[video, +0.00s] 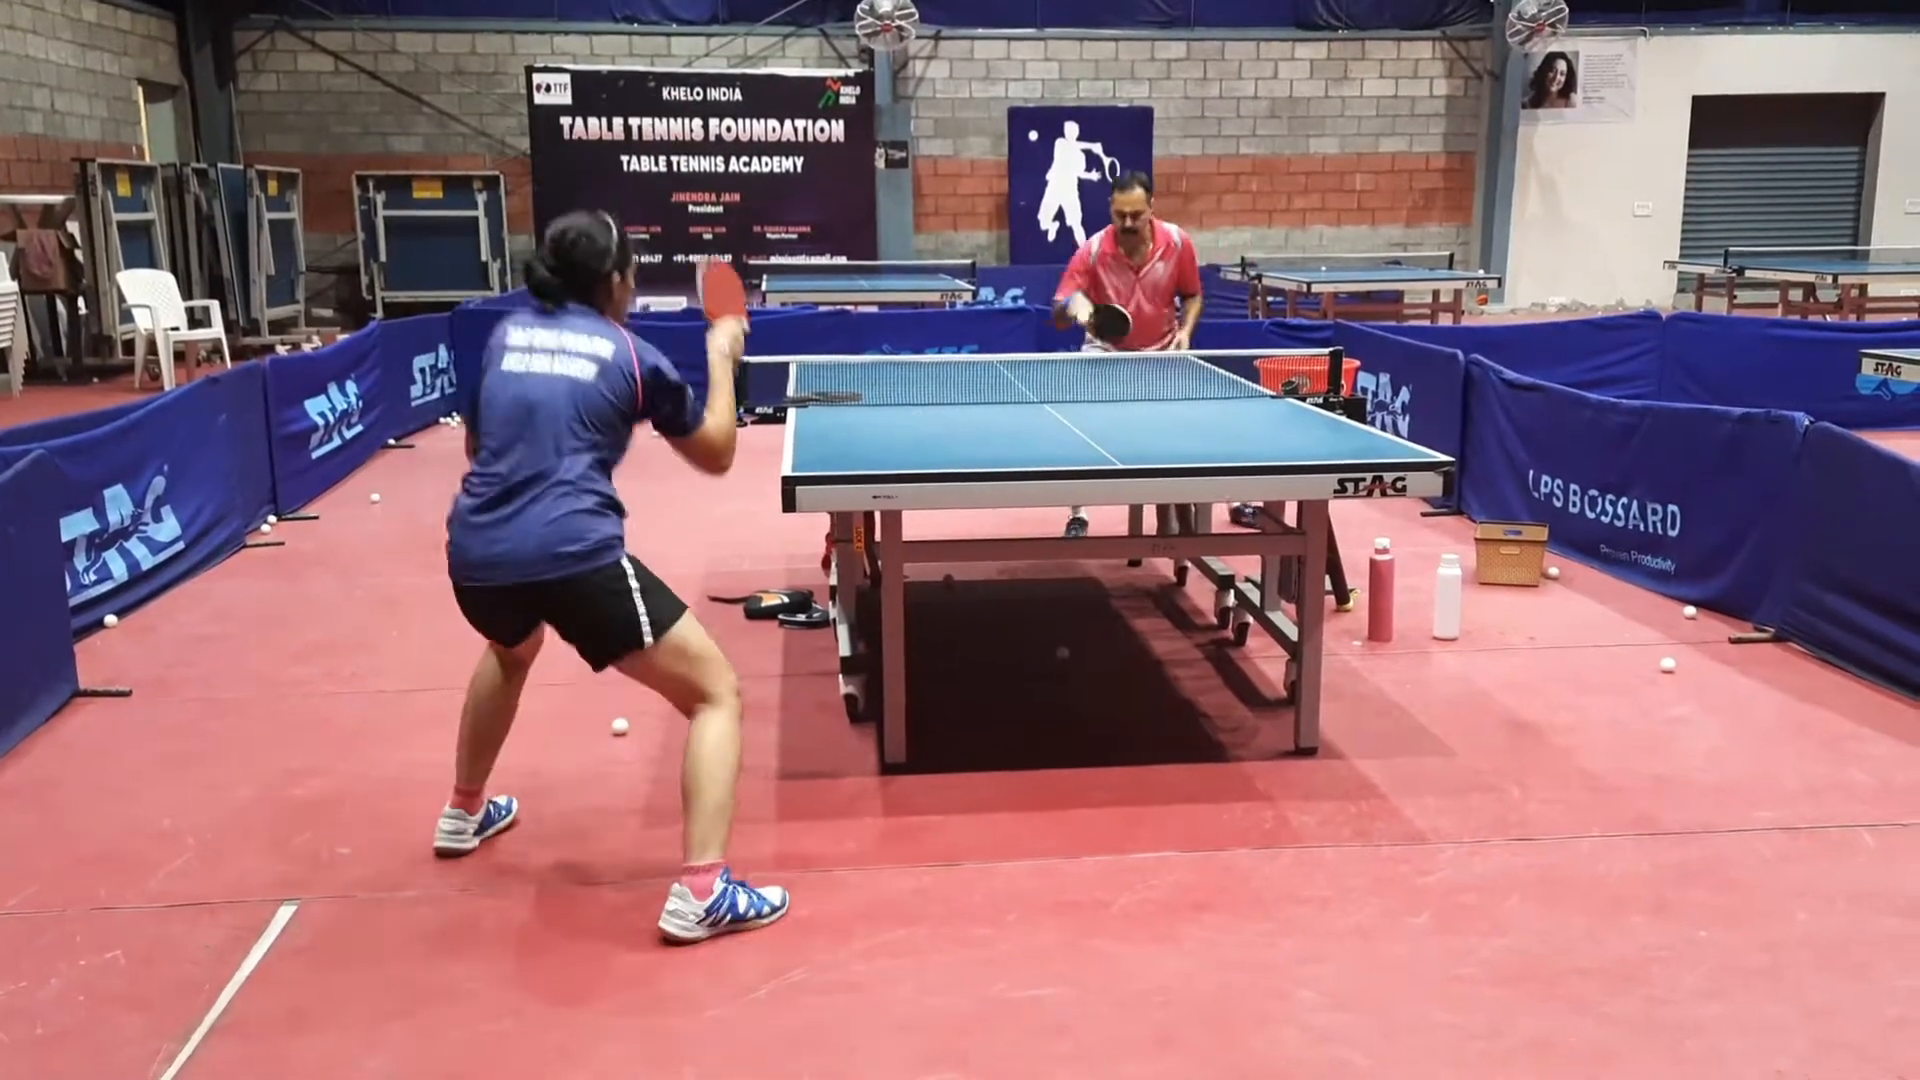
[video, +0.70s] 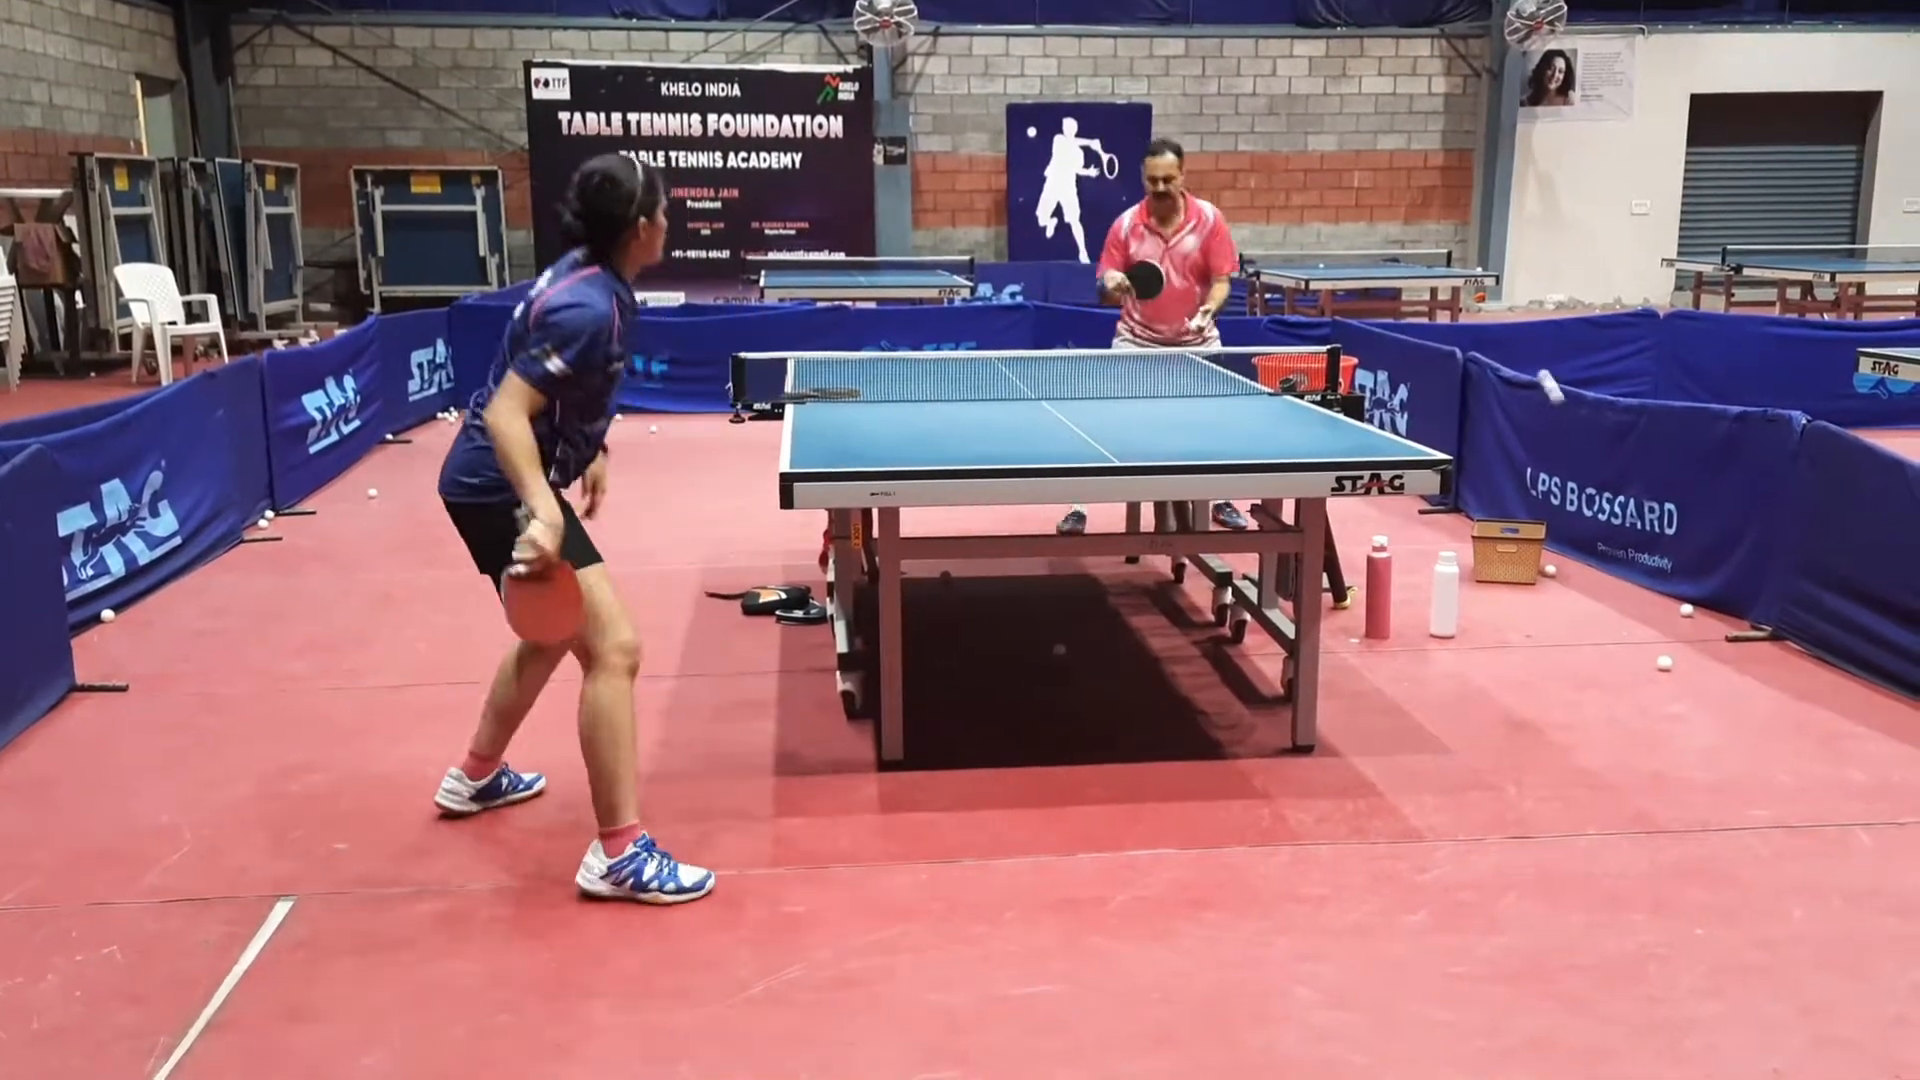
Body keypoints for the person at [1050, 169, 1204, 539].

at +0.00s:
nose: (1128, 223)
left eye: (1135, 215)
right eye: (1120, 215)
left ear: (1151, 208)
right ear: (1111, 210)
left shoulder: (1177, 243)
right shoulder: (1092, 250)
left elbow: (1193, 295)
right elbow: (1060, 315)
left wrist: (1186, 330)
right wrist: (1075, 304)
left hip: (1162, 354)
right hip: (1103, 356)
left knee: (1177, 430)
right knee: (1083, 426)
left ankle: (1178, 519)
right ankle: (1077, 513)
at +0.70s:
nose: (1161, 188)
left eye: (1168, 180)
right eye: (1153, 181)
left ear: (1183, 176)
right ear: (1143, 180)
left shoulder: (1209, 220)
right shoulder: (1126, 224)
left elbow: (1222, 280)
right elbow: (1106, 285)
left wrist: (1208, 309)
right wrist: (1115, 287)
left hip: (1197, 341)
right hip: (1136, 340)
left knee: (1215, 418)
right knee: (1107, 417)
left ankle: (1218, 498)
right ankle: (1080, 505)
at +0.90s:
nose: (1182, 196)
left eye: (1190, 188)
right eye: (1173, 188)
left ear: (1202, 178)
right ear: (1160, 179)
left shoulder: (1224, 215)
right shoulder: (1143, 219)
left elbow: (1234, 276)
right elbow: (1122, 275)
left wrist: (1213, 290)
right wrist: (1125, 284)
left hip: (1208, 337)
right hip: (1147, 334)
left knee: (1220, 414)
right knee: (1123, 410)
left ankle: (1221, 498)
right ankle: (1112, 495)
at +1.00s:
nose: (1184, 196)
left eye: (1192, 188)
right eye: (1175, 188)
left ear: (1204, 178)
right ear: (1163, 179)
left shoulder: (1225, 213)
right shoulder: (1143, 218)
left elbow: (1234, 277)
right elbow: (1118, 282)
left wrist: (1203, 280)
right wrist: (1136, 277)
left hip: (1207, 334)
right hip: (1148, 332)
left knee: (1218, 412)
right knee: (1127, 409)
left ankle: (1220, 498)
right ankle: (1113, 493)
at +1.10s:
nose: (1184, 196)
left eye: (1191, 188)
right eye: (1175, 188)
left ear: (1204, 178)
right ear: (1162, 179)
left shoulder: (1224, 212)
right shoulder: (1142, 217)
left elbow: (1233, 274)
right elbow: (1108, 278)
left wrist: (1209, 286)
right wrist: (1142, 275)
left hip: (1205, 334)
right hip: (1145, 332)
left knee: (1216, 412)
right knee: (1125, 410)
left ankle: (1219, 497)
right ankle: (1113, 495)